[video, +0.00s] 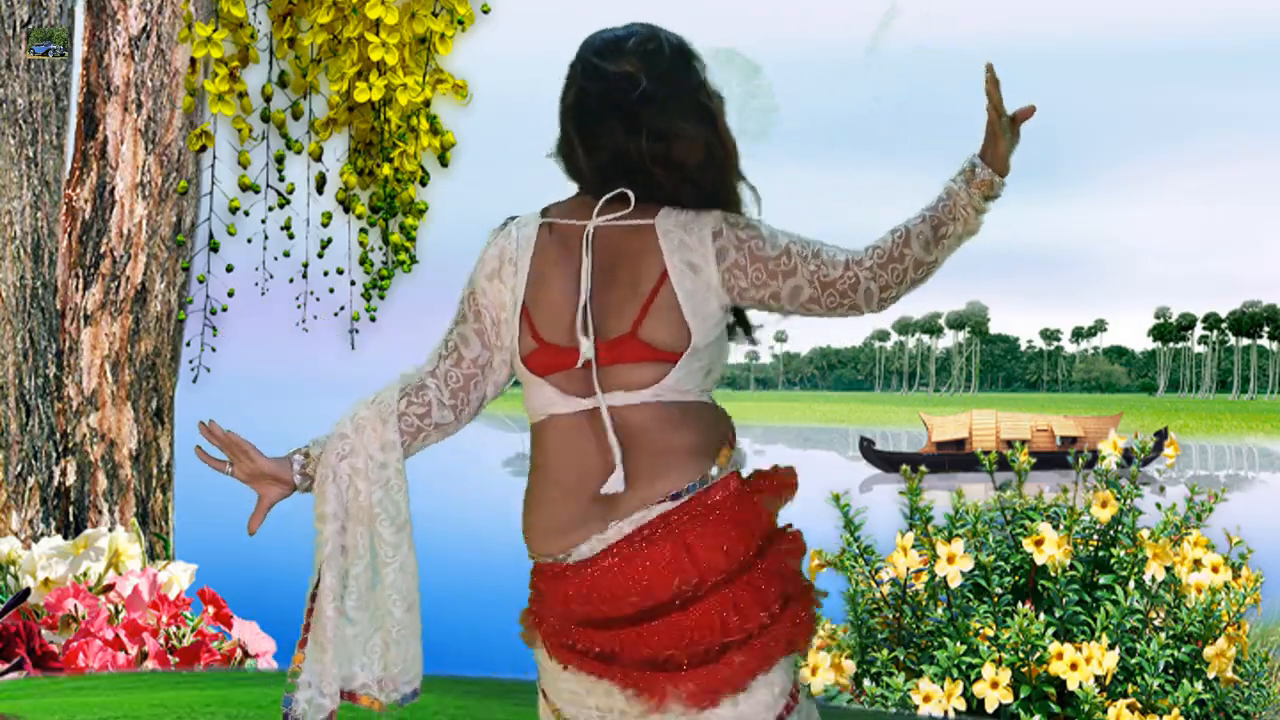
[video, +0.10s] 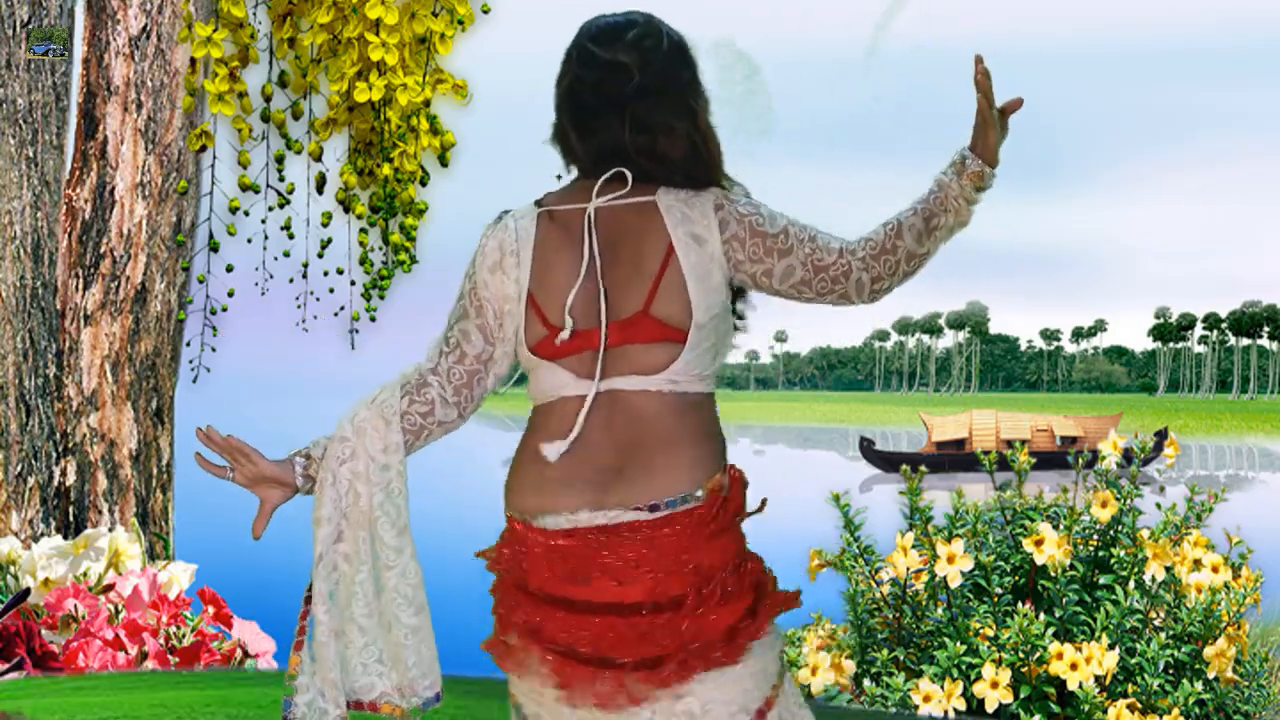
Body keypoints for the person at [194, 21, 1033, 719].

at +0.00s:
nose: (715, 130)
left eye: (704, 110)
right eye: (703, 111)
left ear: (577, 128)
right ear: (682, 124)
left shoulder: (513, 252)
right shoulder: (705, 239)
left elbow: (439, 397)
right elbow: (864, 284)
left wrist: (301, 467)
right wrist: (983, 178)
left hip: (564, 530)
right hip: (694, 517)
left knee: (592, 705)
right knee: (733, 703)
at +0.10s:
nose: (688, 114)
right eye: (681, 97)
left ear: (569, 114)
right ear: (679, 107)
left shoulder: (514, 240)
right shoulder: (713, 220)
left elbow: (438, 395)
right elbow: (859, 273)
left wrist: (298, 472)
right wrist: (973, 171)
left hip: (545, 527)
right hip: (681, 520)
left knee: (561, 702)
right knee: (727, 702)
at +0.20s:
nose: (692, 112)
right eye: (682, 95)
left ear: (567, 115)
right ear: (679, 105)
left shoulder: (519, 238)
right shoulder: (717, 217)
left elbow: (439, 401)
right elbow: (864, 261)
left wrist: (297, 475)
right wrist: (974, 158)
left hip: (518, 517)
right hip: (659, 531)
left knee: (525, 703)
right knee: (738, 704)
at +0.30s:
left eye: (567, 98)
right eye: (676, 93)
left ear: (566, 114)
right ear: (678, 105)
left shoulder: (516, 239)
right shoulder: (717, 218)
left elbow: (444, 400)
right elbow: (861, 265)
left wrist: (304, 476)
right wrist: (973, 165)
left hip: (527, 506)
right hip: (664, 513)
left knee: (524, 694)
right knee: (697, 700)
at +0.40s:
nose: (696, 126)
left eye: (573, 108)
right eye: (687, 108)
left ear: (568, 127)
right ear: (682, 123)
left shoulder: (512, 248)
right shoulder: (712, 239)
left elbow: (444, 412)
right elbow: (857, 300)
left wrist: (310, 500)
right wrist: (980, 221)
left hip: (544, 525)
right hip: (680, 519)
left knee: (549, 699)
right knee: (710, 699)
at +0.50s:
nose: (547, 140)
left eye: (556, 122)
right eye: (555, 119)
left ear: (576, 139)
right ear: (676, 136)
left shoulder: (527, 261)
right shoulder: (724, 257)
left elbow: (450, 424)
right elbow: (851, 350)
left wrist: (319, 507)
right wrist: (1000, 326)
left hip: (550, 548)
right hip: (692, 542)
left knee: (546, 711)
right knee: (722, 710)